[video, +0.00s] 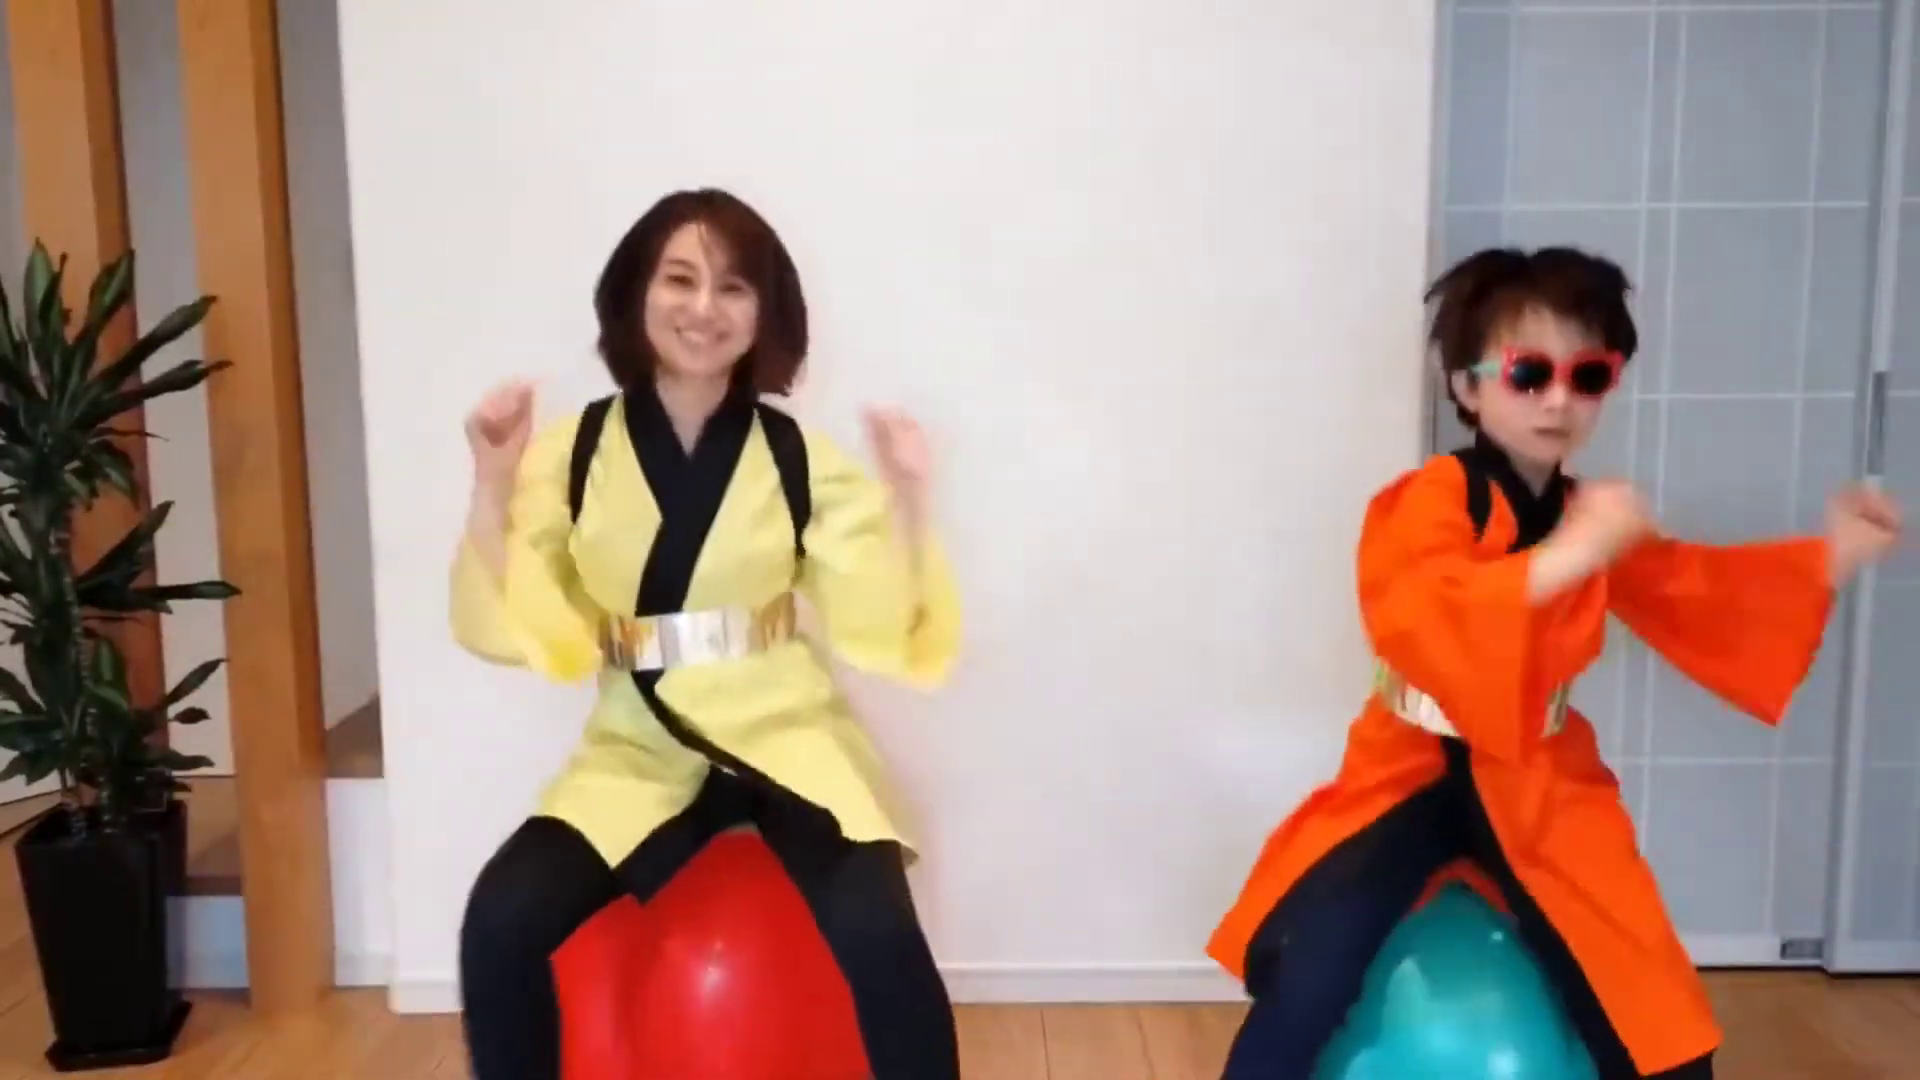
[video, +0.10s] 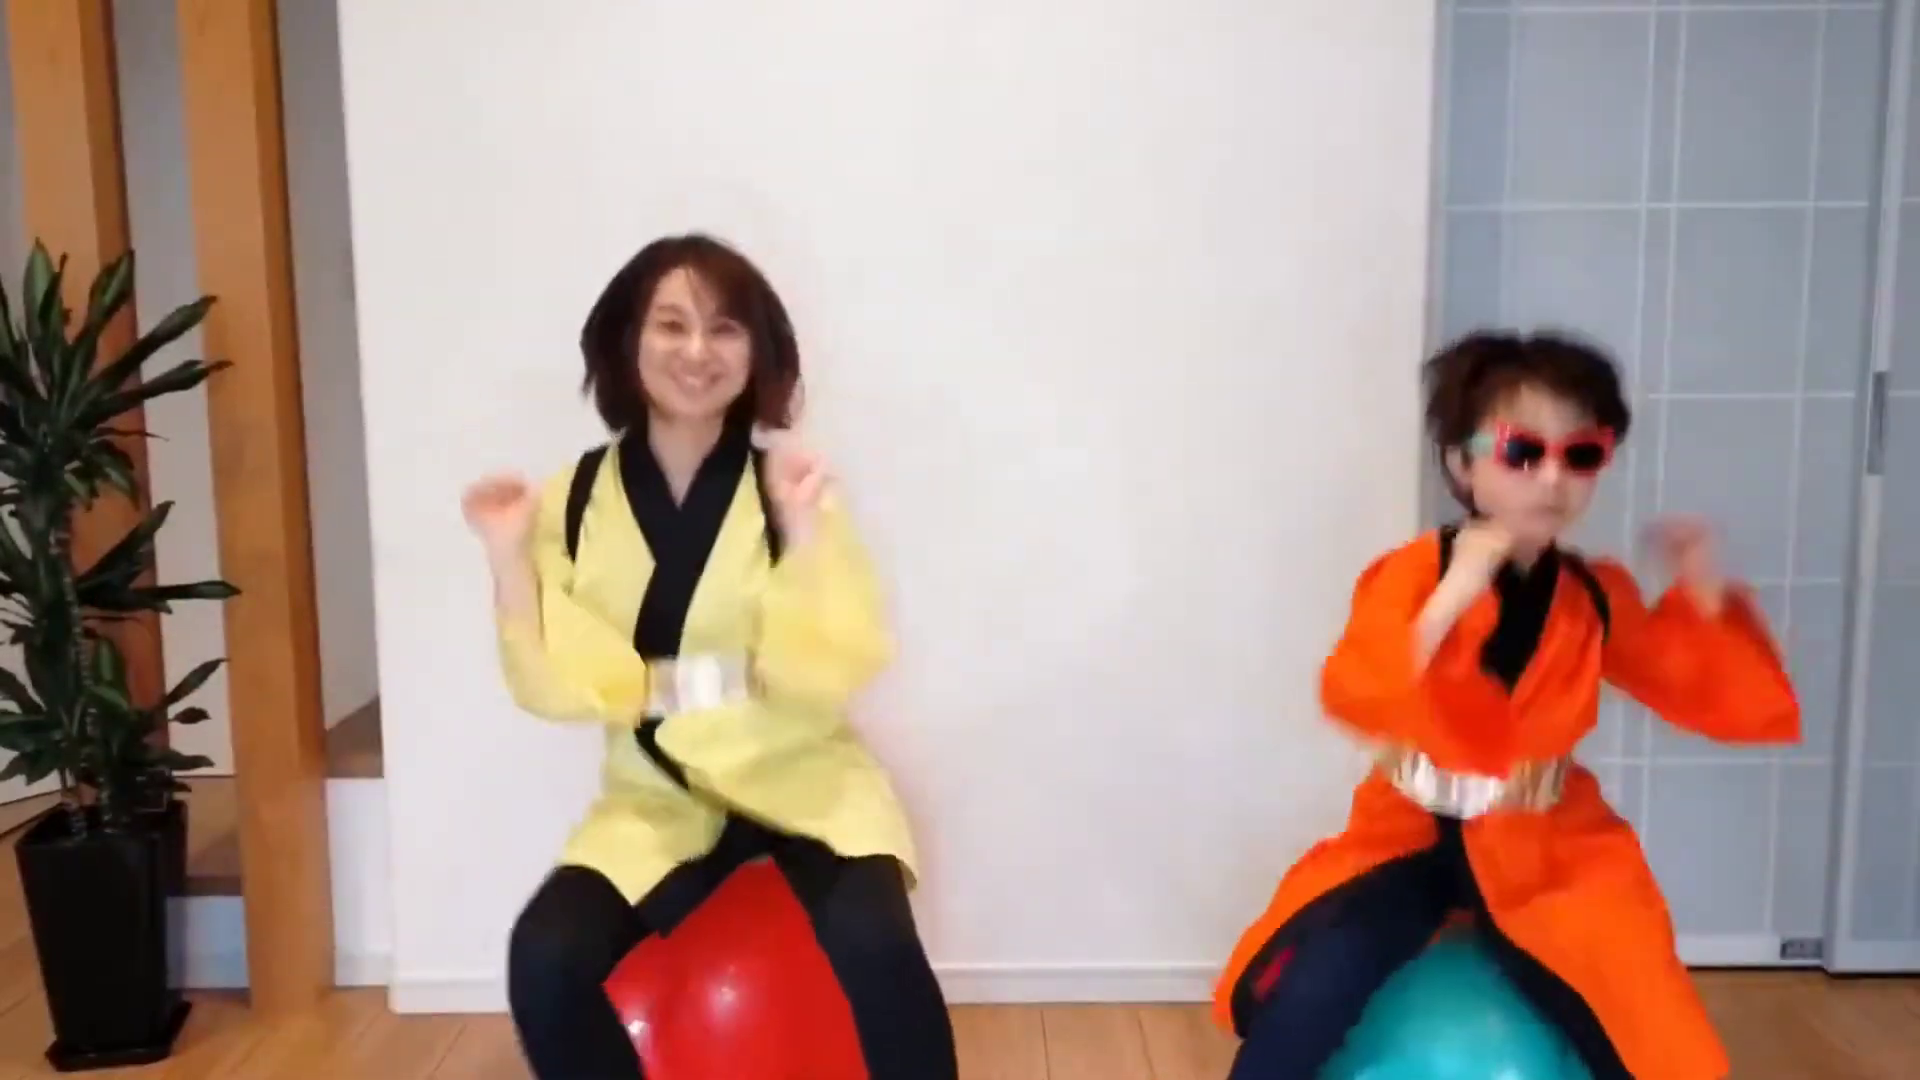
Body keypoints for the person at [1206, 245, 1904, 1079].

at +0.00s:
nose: (1560, 399)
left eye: (1587, 377)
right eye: (1529, 373)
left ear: (1609, 391)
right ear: (1467, 389)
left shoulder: (1591, 517)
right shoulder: (1421, 504)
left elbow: (1698, 589)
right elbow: (1423, 618)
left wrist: (1828, 555)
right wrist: (1563, 558)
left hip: (1537, 780)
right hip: (1408, 774)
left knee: (1643, 1006)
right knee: (1306, 965)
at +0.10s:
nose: (1554, 478)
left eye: (1582, 454)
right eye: (1521, 451)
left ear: (1603, 468)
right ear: (1461, 465)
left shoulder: (1597, 597)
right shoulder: (1407, 576)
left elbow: (1725, 706)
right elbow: (1353, 698)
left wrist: (1707, 603)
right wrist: (1451, 597)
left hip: (1541, 848)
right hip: (1409, 838)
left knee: (1638, 1015)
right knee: (1311, 982)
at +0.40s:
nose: (1479, 457)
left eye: (1511, 431)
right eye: (1447, 429)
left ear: (1546, 436)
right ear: (1409, 431)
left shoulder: (1576, 554)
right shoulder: (1367, 542)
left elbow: (1614, 718)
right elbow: (1301, 676)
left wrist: (1659, 718)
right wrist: (1283, 753)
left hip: (1532, 829)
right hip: (1387, 822)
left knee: (1633, 983)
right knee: (1302, 970)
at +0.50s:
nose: (1452, 436)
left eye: (1486, 412)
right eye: (1423, 408)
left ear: (1519, 425)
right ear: (1382, 415)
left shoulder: (1547, 543)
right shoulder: (1338, 534)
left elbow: (1632, 677)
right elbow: (1281, 659)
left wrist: (1614, 740)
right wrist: (1256, 779)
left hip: (1515, 811)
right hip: (1372, 809)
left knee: (1616, 957)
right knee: (1289, 944)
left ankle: (1652, 1065)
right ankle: (1283, 1067)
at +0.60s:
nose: (1415, 489)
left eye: (1451, 469)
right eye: (1388, 461)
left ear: (1480, 495)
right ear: (1347, 478)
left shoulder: (1512, 613)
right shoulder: (1309, 606)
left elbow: (1574, 769)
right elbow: (1260, 747)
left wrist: (1505, 916)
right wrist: (1231, 874)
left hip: (1494, 867)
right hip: (1361, 859)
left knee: (1609, 1028)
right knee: (1251, 951)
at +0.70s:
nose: (1376, 558)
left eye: (1411, 536)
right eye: (1350, 529)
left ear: (1446, 567)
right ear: (1317, 548)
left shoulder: (1464, 698)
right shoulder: (1293, 675)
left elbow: (1465, 883)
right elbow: (1246, 814)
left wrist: (1429, 1057)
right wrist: (1198, 947)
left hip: (1467, 923)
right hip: (1359, 909)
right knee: (1214, 982)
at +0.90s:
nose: (1345, 432)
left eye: (1378, 411)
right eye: (1320, 404)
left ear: (1417, 431)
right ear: (1285, 415)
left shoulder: (1432, 564)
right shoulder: (1265, 558)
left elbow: (1407, 734)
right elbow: (1181, 673)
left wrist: (1329, 877)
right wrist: (1058, 748)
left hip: (1452, 824)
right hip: (1329, 811)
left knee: (1531, 1017)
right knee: (1211, 977)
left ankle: (1598, 1067)